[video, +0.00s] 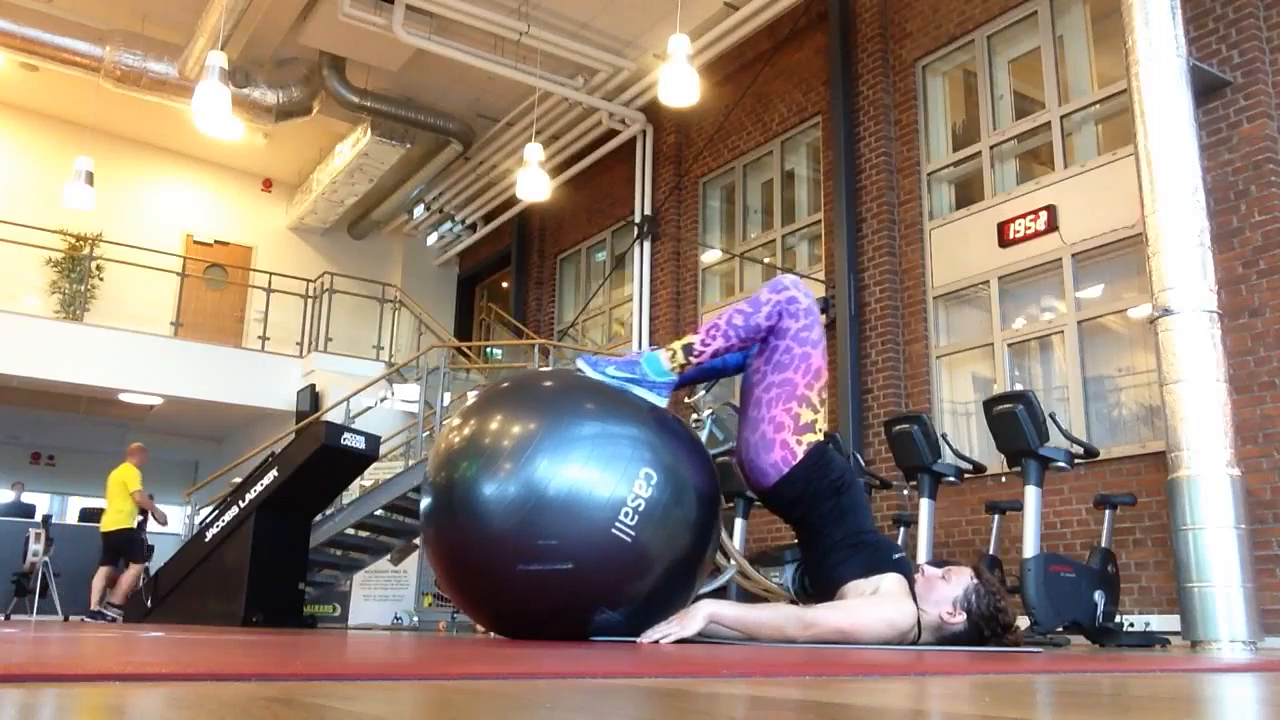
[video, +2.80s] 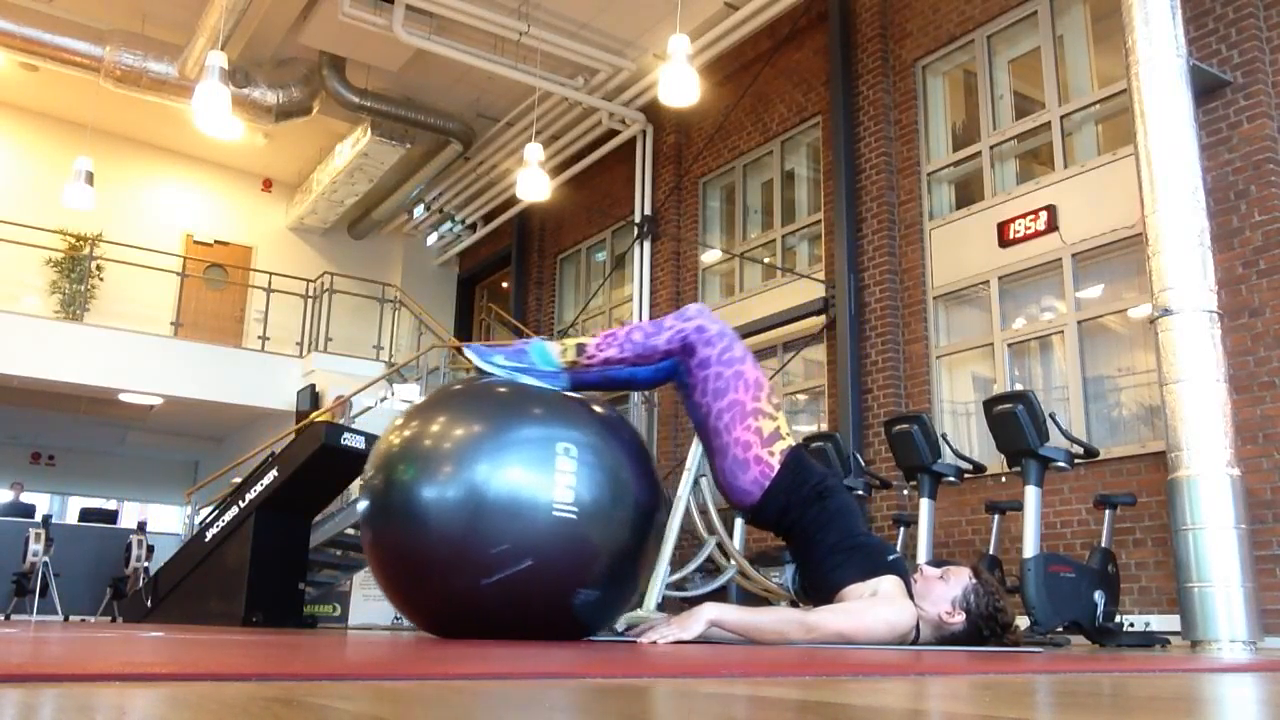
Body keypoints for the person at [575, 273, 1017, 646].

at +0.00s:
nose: (938, 567)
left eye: (948, 578)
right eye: (951, 570)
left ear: (947, 613)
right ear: (946, 612)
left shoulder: (893, 612)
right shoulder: (903, 603)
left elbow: (800, 624)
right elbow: (805, 622)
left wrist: (708, 611)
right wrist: (717, 619)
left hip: (783, 462)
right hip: (810, 462)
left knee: (791, 297)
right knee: (796, 305)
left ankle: (660, 368)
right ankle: (673, 372)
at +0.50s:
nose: (942, 564)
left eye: (952, 578)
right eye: (953, 567)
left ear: (949, 616)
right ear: (946, 608)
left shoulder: (896, 615)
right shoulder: (902, 597)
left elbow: (801, 625)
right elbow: (801, 624)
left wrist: (712, 615)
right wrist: (715, 615)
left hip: (782, 469)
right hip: (807, 467)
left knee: (754, 306)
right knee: (756, 306)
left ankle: (622, 362)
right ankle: (627, 364)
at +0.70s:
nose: (938, 570)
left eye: (949, 582)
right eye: (952, 571)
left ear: (945, 617)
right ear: (945, 602)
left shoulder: (892, 611)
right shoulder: (897, 595)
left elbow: (806, 627)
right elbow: (810, 619)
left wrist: (710, 613)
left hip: (765, 473)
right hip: (784, 461)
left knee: (688, 327)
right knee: (695, 336)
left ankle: (551, 364)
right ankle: (569, 375)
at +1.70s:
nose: (939, 566)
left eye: (949, 579)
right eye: (950, 568)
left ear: (945, 614)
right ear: (937, 582)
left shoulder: (893, 614)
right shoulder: (897, 600)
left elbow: (798, 628)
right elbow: (797, 627)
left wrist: (707, 616)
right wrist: (713, 617)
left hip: (758, 476)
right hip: (774, 469)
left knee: (745, 316)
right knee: (748, 317)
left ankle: (608, 364)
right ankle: (616, 375)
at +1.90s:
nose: (933, 567)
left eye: (945, 577)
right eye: (946, 569)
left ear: (947, 613)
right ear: (945, 612)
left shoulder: (894, 614)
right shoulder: (902, 606)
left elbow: (800, 626)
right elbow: (805, 623)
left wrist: (712, 615)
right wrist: (717, 622)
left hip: (779, 459)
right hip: (800, 460)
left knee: (808, 298)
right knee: (804, 319)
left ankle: (673, 361)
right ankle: (684, 370)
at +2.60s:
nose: (940, 564)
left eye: (950, 578)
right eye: (951, 567)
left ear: (946, 615)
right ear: (940, 583)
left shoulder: (894, 614)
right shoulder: (900, 595)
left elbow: (800, 626)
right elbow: (799, 625)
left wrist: (710, 616)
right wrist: (710, 615)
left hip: (769, 469)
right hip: (791, 463)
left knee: (754, 305)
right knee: (757, 316)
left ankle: (621, 365)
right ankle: (626, 372)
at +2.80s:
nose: (935, 569)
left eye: (946, 580)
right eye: (948, 569)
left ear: (945, 617)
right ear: (945, 602)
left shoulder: (891, 611)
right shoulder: (897, 596)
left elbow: (803, 628)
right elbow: (808, 623)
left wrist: (708, 613)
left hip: (762, 476)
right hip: (780, 465)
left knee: (698, 323)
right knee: (705, 330)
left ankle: (557, 364)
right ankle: (574, 372)